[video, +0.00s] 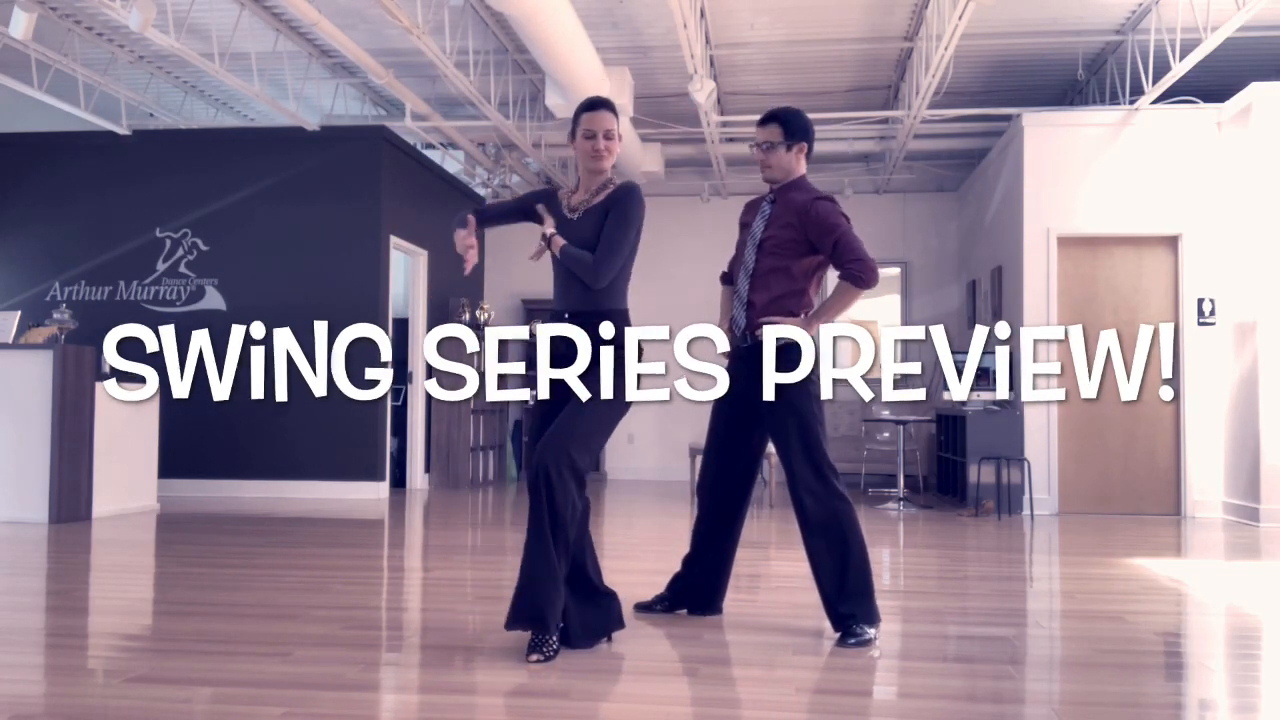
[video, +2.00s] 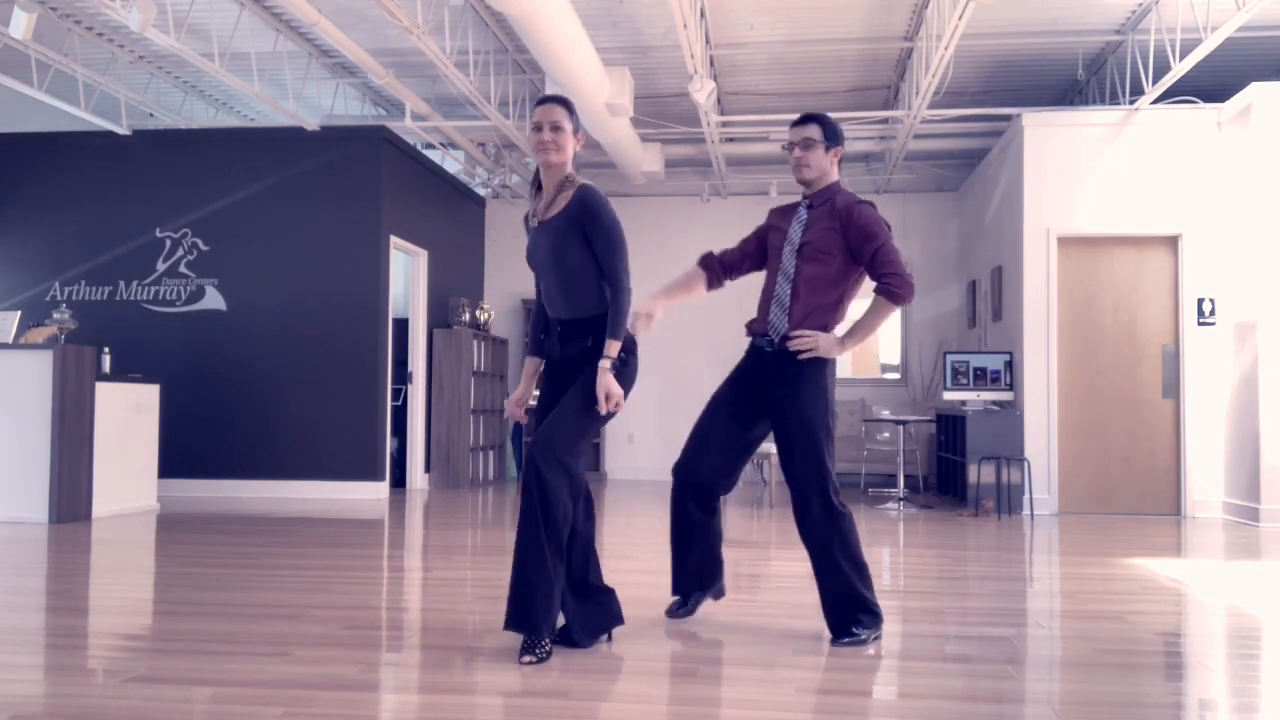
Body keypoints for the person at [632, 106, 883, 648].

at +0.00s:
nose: (759, 155)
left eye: (769, 146)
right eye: (756, 147)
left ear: (800, 151)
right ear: (758, 153)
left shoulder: (815, 207)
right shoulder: (756, 209)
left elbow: (862, 272)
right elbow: (733, 274)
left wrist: (812, 323)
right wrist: (729, 328)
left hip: (786, 357)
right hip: (743, 358)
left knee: (814, 484)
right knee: (723, 478)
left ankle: (856, 615)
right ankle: (697, 591)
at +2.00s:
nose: (795, 154)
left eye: (806, 146)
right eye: (791, 147)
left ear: (835, 154)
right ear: (789, 157)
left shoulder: (854, 213)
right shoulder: (782, 220)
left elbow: (897, 286)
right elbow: (721, 267)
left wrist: (845, 342)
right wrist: (659, 299)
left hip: (805, 365)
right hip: (757, 361)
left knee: (815, 492)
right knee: (694, 474)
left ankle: (857, 618)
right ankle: (698, 579)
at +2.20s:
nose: (792, 146)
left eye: (804, 139)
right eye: (784, 138)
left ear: (820, 150)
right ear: (771, 146)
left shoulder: (825, 208)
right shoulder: (744, 201)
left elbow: (876, 278)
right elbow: (670, 229)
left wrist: (813, 316)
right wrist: (597, 248)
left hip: (778, 359)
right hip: (727, 357)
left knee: (807, 483)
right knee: (695, 482)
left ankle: (853, 613)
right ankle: (690, 604)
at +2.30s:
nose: (785, 145)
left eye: (796, 137)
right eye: (776, 135)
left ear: (810, 148)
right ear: (762, 142)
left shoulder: (813, 206)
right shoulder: (730, 191)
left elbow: (859, 284)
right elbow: (656, 216)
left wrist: (794, 316)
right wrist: (587, 231)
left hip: (762, 356)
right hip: (709, 351)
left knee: (783, 473)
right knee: (684, 480)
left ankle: (833, 592)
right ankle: (691, 604)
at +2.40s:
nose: (778, 151)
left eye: (789, 143)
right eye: (768, 141)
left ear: (803, 152)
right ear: (754, 147)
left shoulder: (811, 218)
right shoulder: (723, 195)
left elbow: (851, 297)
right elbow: (651, 218)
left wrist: (786, 336)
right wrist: (597, 225)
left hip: (748, 355)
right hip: (695, 348)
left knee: (748, 459)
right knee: (676, 472)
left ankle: (775, 550)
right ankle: (688, 600)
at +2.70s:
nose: (756, 184)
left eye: (765, 174)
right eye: (746, 174)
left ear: (779, 180)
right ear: (731, 178)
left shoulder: (790, 240)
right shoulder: (707, 230)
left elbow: (832, 321)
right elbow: (641, 262)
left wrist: (792, 386)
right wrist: (564, 271)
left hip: (760, 386)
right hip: (707, 376)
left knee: (753, 481)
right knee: (663, 484)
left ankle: (730, 573)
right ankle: (682, 600)